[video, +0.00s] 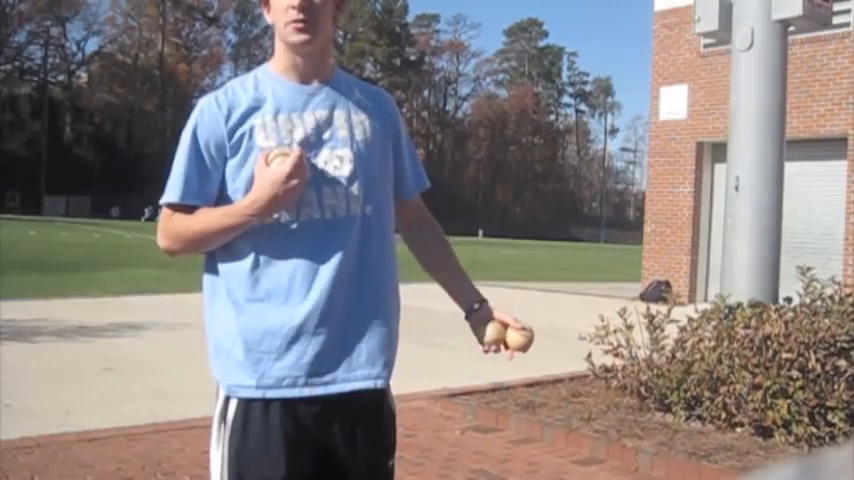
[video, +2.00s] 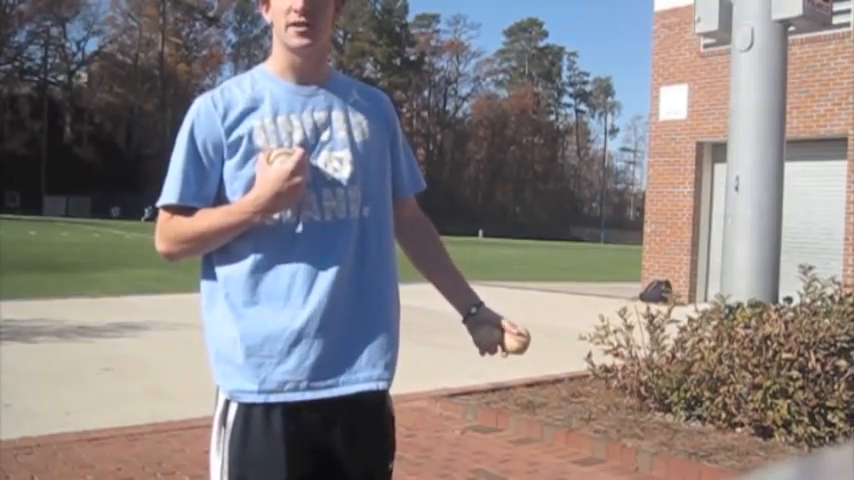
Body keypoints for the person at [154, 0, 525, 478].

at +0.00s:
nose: (301, 8)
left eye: (314, 0)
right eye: (288, 0)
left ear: (338, 10)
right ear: (267, 11)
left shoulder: (377, 108)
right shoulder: (220, 112)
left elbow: (415, 218)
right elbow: (171, 235)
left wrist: (477, 309)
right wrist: (256, 204)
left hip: (360, 382)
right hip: (260, 386)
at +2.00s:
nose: (303, 9)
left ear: (339, 10)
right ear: (266, 9)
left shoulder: (374, 109)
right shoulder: (217, 112)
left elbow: (409, 219)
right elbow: (169, 239)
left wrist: (474, 312)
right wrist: (257, 203)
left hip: (359, 383)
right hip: (260, 389)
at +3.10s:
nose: (319, 8)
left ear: (351, 14)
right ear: (280, 9)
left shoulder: (371, 107)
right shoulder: (232, 107)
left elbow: (389, 221)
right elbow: (155, 223)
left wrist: (423, 326)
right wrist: (228, 254)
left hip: (369, 381)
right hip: (277, 391)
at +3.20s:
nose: (306, 9)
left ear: (351, 14)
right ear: (281, 8)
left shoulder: (378, 111)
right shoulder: (230, 106)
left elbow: (395, 226)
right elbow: (133, 211)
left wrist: (422, 333)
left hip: (369, 383)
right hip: (273, 390)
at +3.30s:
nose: (304, 9)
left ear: (354, 16)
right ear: (283, 9)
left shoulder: (382, 112)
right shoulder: (229, 104)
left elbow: (399, 231)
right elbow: (122, 193)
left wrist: (423, 338)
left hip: (367, 387)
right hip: (269, 393)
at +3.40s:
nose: (302, 7)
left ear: (357, 15)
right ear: (285, 7)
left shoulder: (387, 113)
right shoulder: (229, 100)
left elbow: (404, 235)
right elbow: (109, 156)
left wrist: (427, 342)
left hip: (366, 393)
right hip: (266, 398)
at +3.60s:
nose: (300, 10)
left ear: (357, 13)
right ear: (285, 8)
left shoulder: (393, 116)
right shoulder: (229, 93)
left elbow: (410, 237)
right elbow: (101, 110)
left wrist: (442, 344)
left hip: (364, 395)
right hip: (263, 397)